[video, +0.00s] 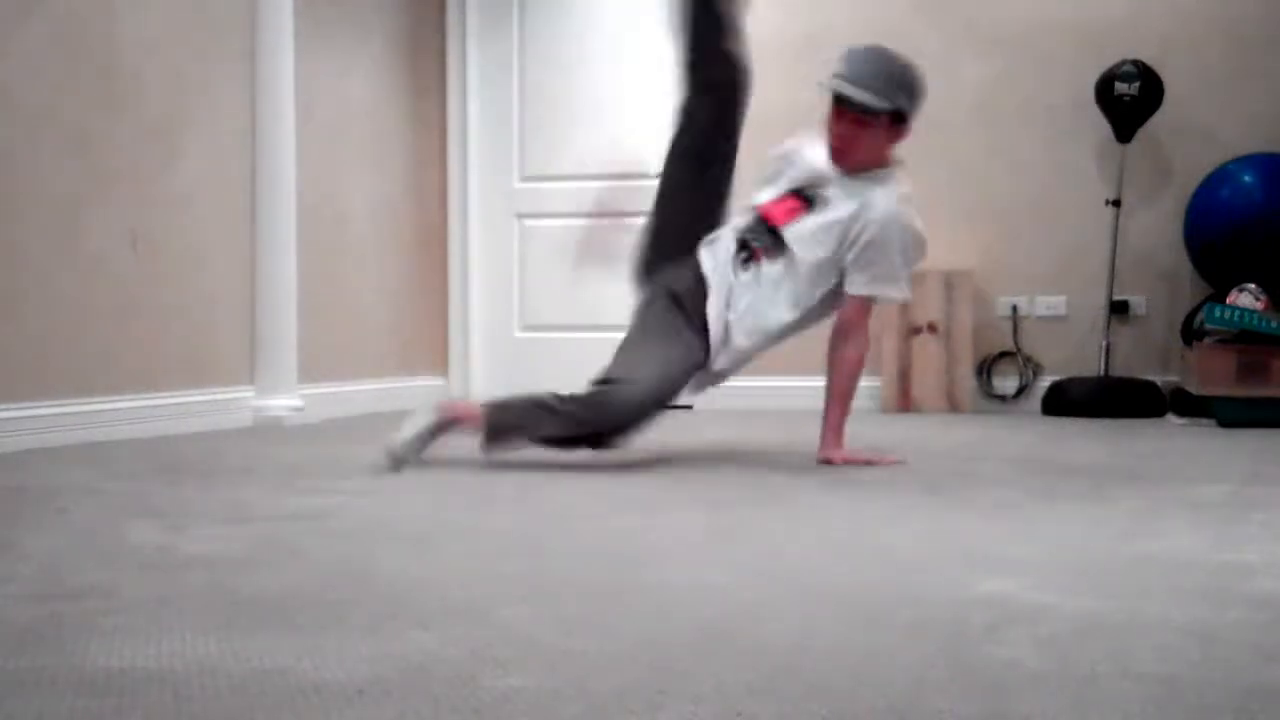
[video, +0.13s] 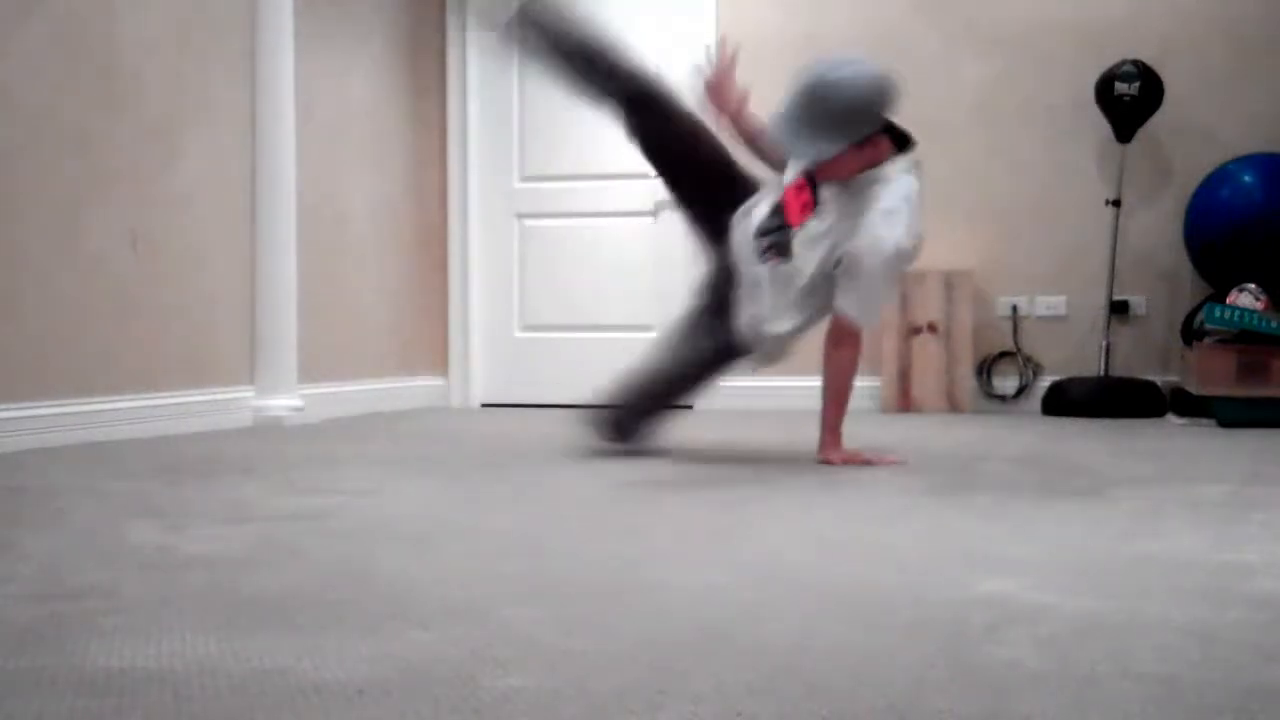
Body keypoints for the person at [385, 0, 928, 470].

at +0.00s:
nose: (841, 131)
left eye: (860, 122)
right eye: (839, 112)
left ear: (897, 136)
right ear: (829, 107)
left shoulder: (884, 220)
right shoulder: (805, 156)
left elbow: (851, 333)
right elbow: (754, 237)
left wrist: (832, 444)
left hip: (689, 335)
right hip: (682, 262)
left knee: (608, 416)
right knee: (717, 89)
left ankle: (455, 416)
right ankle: (711, 1)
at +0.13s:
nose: (811, 162)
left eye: (823, 153)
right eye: (811, 149)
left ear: (860, 148)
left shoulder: (881, 232)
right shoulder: (851, 148)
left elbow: (844, 337)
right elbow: (790, 164)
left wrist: (831, 443)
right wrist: (737, 114)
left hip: (742, 312)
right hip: (743, 219)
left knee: (634, 408)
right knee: (644, 103)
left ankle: (622, 425)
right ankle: (533, 24)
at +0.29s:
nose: (743, 238)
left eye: (756, 223)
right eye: (734, 222)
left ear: (794, 204)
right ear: (719, 198)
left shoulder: (848, 228)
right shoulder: (711, 197)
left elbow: (839, 334)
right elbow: (718, 293)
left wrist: (832, 446)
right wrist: (721, 396)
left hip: (910, 176)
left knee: (880, 295)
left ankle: (883, 393)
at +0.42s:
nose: (716, 306)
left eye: (718, 288)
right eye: (703, 297)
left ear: (748, 250)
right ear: (683, 268)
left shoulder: (809, 232)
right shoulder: (694, 238)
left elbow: (834, 336)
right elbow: (732, 338)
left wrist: (832, 444)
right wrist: (755, 443)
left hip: (847, 141)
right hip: (768, 146)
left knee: (994, 226)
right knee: (774, 324)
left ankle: (1113, 259)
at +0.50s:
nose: (690, 271)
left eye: (690, 249)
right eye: (670, 267)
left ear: (704, 216)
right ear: (651, 270)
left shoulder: (778, 219)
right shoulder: (667, 271)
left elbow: (825, 325)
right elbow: (731, 338)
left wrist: (835, 442)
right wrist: (756, 444)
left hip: (842, 156)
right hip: (823, 234)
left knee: (967, 121)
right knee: (873, 384)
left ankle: (1095, 109)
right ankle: (978, 384)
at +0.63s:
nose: (604, 204)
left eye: (600, 182)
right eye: (586, 200)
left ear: (628, 150)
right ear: (584, 209)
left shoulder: (707, 151)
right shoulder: (649, 260)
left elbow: (819, 216)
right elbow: (732, 329)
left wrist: (808, 351)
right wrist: (755, 441)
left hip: (872, 188)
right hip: (865, 271)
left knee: (875, 31)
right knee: (894, 393)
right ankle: (1060, 433)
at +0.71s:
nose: (598, 155)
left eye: (595, 135)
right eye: (583, 158)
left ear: (623, 114)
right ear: (587, 175)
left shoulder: (691, 117)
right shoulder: (661, 254)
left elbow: (801, 152)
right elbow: (740, 327)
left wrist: (804, 159)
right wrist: (758, 441)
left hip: (883, 204)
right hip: (872, 284)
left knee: (862, 65)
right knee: (810, 393)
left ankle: (849, 1)